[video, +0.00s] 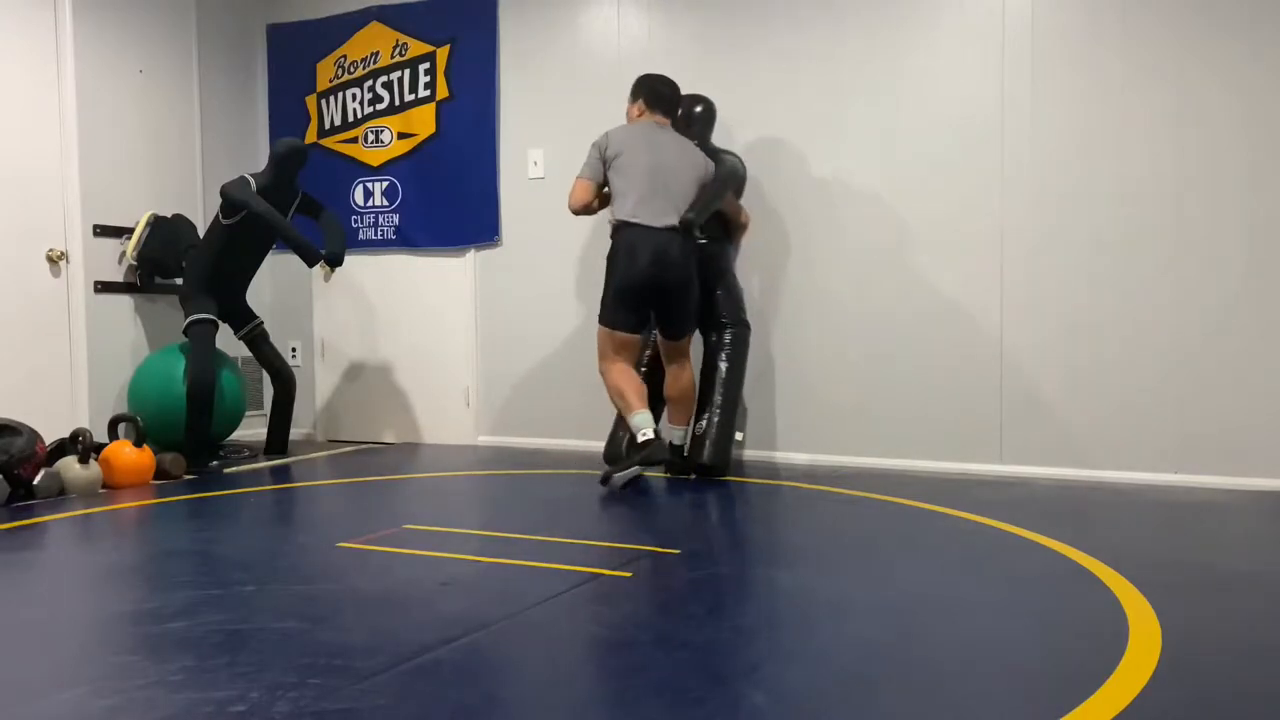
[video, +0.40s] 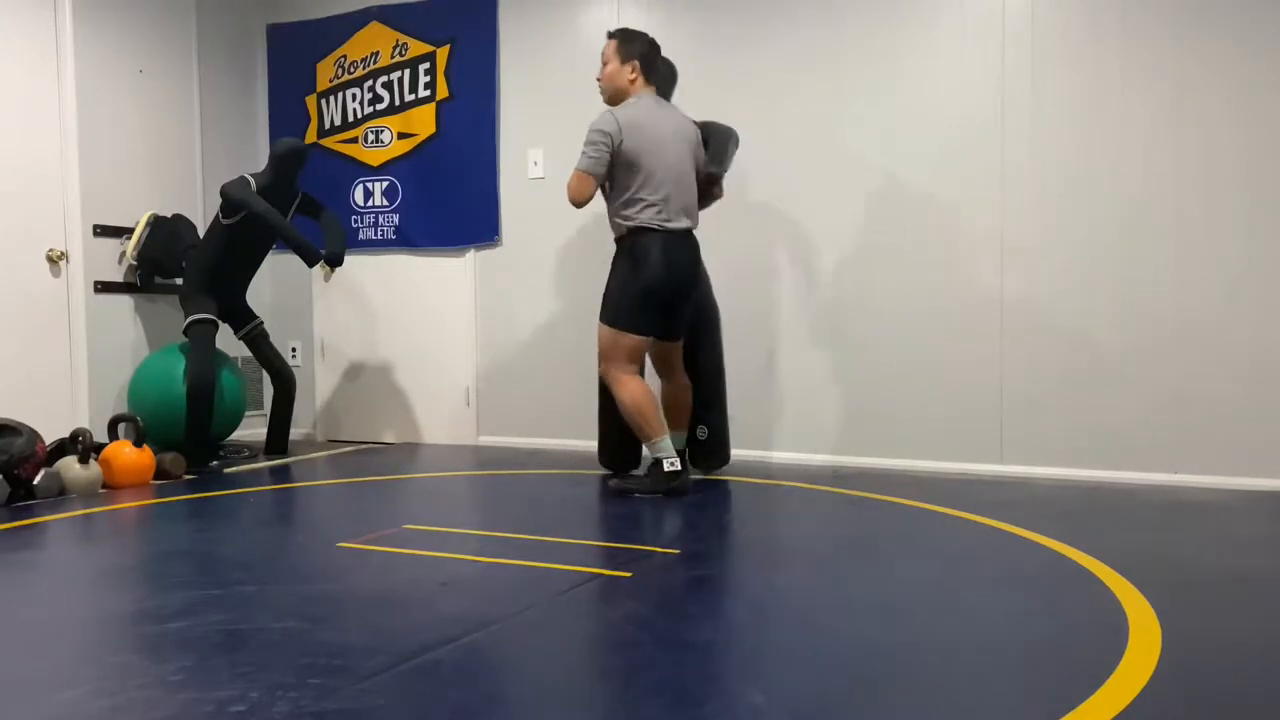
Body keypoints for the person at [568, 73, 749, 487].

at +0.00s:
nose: (628, 112)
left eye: (630, 106)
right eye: (630, 106)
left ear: (637, 107)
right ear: (675, 113)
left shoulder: (613, 139)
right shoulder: (699, 158)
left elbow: (579, 202)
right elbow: (738, 217)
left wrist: (612, 194)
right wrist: (730, 244)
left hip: (632, 255)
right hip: (680, 259)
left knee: (616, 356)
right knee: (677, 356)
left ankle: (646, 437)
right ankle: (677, 453)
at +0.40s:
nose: (598, 74)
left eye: (605, 64)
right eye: (600, 64)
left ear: (634, 69)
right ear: (641, 71)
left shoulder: (612, 121)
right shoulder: (686, 123)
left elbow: (578, 194)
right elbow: (706, 193)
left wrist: (601, 162)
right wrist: (669, 202)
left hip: (640, 254)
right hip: (684, 254)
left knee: (619, 367)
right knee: (671, 365)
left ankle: (665, 463)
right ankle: (675, 464)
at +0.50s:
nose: (596, 65)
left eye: (604, 54)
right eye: (598, 54)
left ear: (635, 61)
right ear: (638, 63)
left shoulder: (615, 116)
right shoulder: (675, 113)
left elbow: (581, 189)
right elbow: (702, 180)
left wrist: (584, 146)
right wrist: (648, 189)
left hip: (637, 250)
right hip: (678, 249)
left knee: (620, 365)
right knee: (653, 358)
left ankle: (666, 465)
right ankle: (667, 460)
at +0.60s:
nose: (592, 56)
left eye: (600, 45)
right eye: (592, 46)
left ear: (633, 53)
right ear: (632, 55)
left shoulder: (619, 112)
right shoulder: (664, 105)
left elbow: (586, 186)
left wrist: (574, 151)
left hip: (641, 244)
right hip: (670, 239)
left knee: (624, 362)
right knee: (635, 359)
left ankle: (667, 469)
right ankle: (662, 463)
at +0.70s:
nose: (586, 52)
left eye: (595, 42)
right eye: (585, 42)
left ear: (627, 49)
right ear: (625, 52)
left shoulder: (619, 107)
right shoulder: (649, 99)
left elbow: (585, 183)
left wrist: (567, 152)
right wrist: (586, 152)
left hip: (641, 241)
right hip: (657, 236)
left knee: (635, 361)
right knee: (608, 340)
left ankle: (669, 467)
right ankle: (617, 446)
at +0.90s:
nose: (569, 56)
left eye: (577, 45)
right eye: (568, 46)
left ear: (611, 48)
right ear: (609, 51)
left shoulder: (612, 104)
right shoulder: (625, 97)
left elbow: (583, 175)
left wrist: (553, 146)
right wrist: (570, 141)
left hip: (620, 245)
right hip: (611, 242)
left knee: (624, 364)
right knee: (568, 347)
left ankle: (670, 467)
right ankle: (545, 453)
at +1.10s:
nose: (537, 62)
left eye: (545, 51)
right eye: (536, 53)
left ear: (577, 53)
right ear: (567, 57)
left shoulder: (588, 104)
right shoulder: (569, 106)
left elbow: (571, 170)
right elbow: (560, 162)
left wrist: (527, 148)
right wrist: (531, 145)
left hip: (588, 247)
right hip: (559, 247)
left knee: (560, 367)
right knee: (532, 358)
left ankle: (647, 447)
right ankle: (532, 466)